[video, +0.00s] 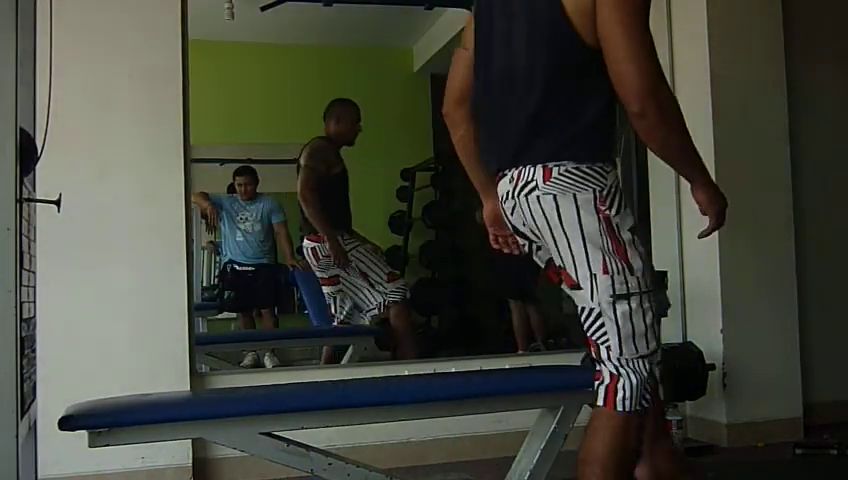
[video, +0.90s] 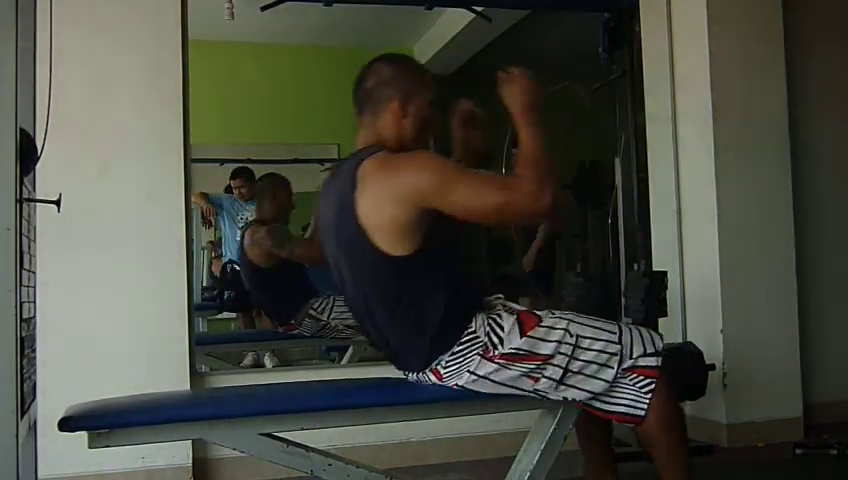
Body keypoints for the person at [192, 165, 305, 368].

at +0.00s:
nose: (243, 190)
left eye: (247, 185)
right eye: (239, 185)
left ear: (256, 185)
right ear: (234, 185)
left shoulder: (268, 204)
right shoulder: (226, 202)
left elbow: (281, 231)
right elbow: (197, 196)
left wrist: (289, 258)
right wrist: (207, 205)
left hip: (263, 267)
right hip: (235, 268)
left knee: (266, 311)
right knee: (244, 313)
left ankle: (269, 351)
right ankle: (251, 351)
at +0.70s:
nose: (239, 191)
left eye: (243, 186)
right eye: (235, 187)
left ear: (254, 185)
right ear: (232, 186)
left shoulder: (269, 203)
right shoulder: (226, 202)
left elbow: (282, 236)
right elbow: (196, 196)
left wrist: (281, 263)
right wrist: (205, 205)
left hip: (262, 268)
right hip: (234, 269)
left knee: (266, 311)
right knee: (244, 314)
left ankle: (270, 352)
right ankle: (250, 352)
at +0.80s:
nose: (239, 192)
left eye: (243, 187)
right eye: (235, 188)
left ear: (254, 185)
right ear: (231, 187)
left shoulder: (266, 201)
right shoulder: (226, 201)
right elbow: (196, 196)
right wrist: (205, 204)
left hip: (261, 267)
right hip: (235, 269)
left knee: (266, 311)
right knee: (244, 314)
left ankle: (270, 352)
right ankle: (250, 352)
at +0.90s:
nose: (238, 192)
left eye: (242, 188)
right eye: (234, 188)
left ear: (253, 185)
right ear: (231, 187)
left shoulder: (263, 204)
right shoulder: (226, 201)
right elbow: (196, 196)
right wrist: (204, 204)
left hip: (261, 264)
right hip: (234, 266)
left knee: (264, 310)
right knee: (244, 313)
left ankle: (270, 351)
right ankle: (250, 351)